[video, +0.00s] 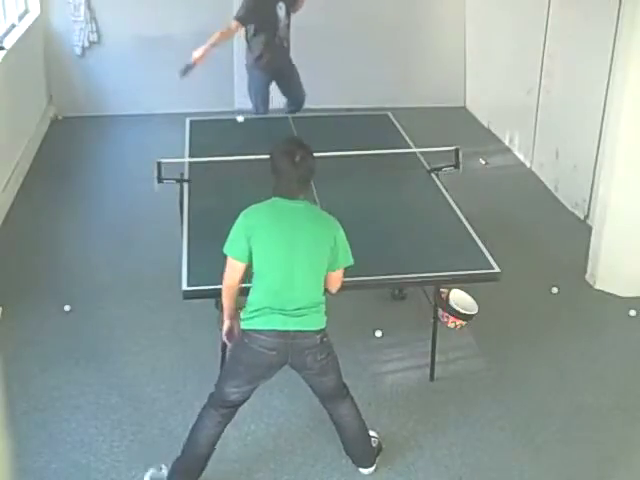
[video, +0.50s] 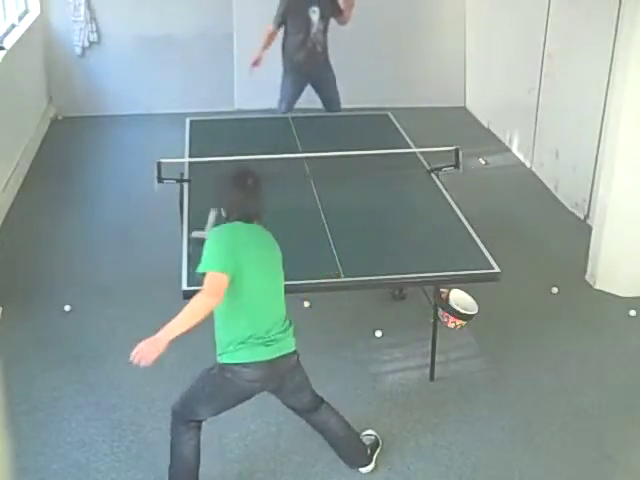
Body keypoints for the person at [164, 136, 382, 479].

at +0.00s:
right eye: (309, 168)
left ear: (274, 172)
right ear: (311, 174)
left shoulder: (252, 217)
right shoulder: (328, 224)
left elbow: (231, 279)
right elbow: (334, 284)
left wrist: (228, 318)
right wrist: (307, 258)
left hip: (259, 339)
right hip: (311, 339)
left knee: (220, 407)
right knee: (337, 398)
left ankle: (179, 475)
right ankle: (365, 457)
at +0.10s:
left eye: (273, 176)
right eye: (295, 177)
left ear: (267, 181)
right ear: (303, 182)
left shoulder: (243, 222)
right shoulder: (321, 229)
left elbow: (218, 284)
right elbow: (326, 290)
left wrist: (223, 315)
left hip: (253, 346)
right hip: (303, 347)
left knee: (211, 414)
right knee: (332, 403)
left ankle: (188, 477)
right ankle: (365, 458)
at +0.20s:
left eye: (261, 187)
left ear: (255, 193)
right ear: (290, 198)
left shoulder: (231, 227)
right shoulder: (306, 238)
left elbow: (201, 287)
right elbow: (312, 303)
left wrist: (209, 315)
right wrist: (278, 294)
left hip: (240, 356)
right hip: (292, 353)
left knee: (199, 417)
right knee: (324, 405)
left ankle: (187, 476)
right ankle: (365, 458)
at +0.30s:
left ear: (238, 197)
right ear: (272, 200)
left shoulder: (220, 234)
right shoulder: (291, 245)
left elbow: (196, 293)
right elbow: (296, 310)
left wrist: (182, 326)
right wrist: (266, 321)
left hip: (236, 364)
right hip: (285, 360)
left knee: (187, 414)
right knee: (317, 406)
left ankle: (183, 476)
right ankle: (364, 459)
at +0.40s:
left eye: (225, 197)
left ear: (227, 204)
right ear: (261, 205)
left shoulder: (220, 237)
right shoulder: (277, 246)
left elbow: (203, 294)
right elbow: (280, 301)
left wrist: (159, 336)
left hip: (236, 368)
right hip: (281, 362)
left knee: (183, 414)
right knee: (315, 408)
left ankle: (180, 477)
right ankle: (361, 456)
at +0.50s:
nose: (218, 201)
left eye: (221, 194)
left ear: (225, 201)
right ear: (255, 202)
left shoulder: (221, 237)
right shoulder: (268, 239)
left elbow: (212, 294)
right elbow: (268, 291)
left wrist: (160, 339)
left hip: (243, 367)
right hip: (284, 360)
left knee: (185, 414)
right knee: (314, 408)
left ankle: (181, 474)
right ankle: (362, 456)